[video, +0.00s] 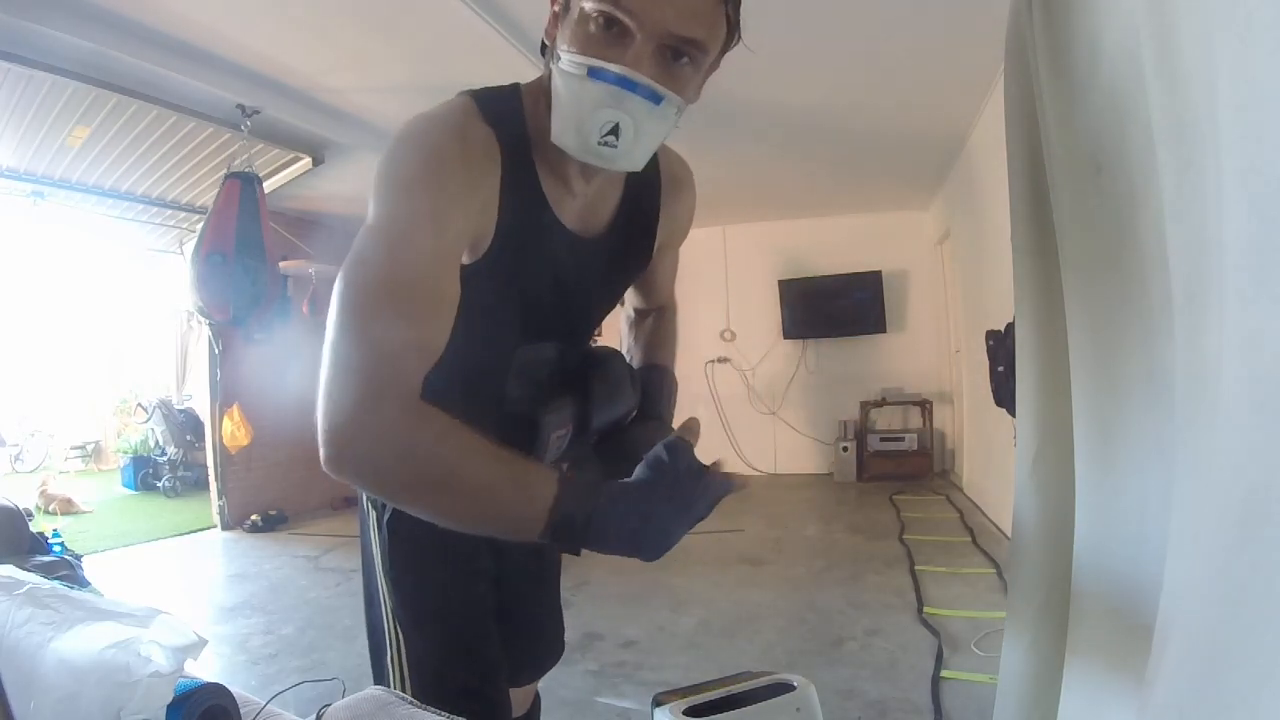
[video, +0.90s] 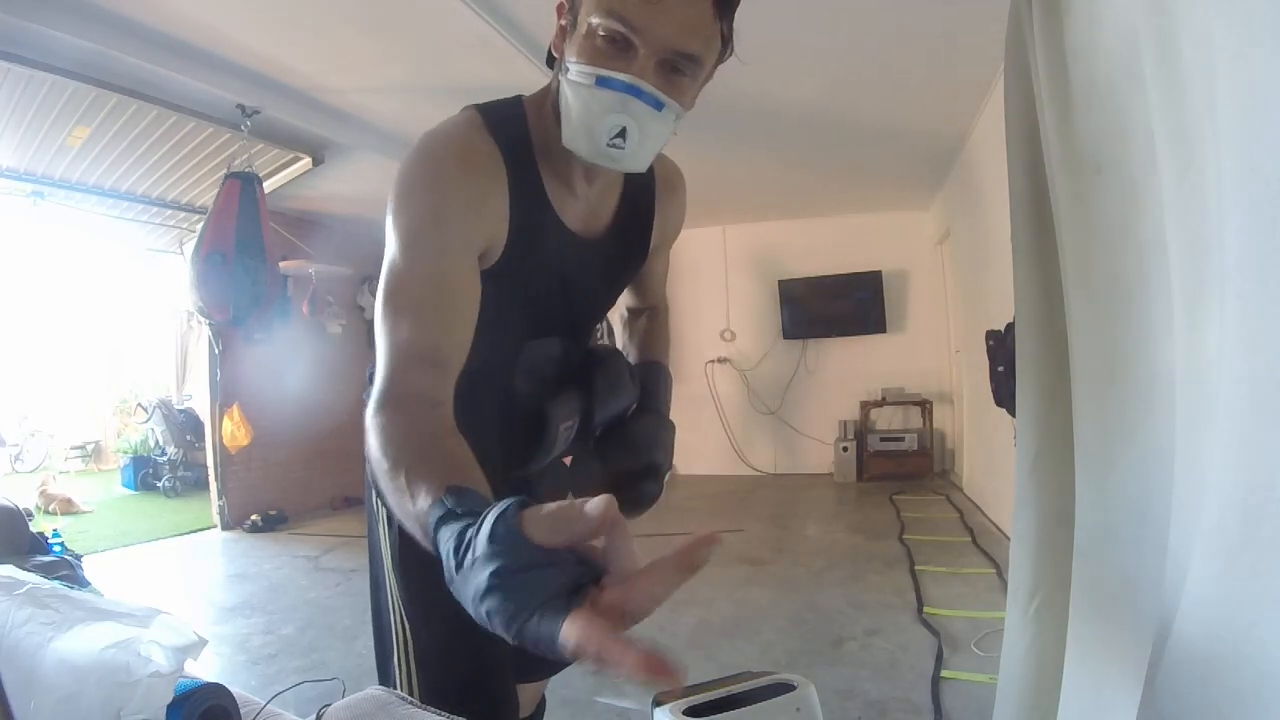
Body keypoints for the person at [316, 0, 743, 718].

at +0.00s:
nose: (633, 74)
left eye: (679, 54)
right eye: (610, 26)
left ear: (711, 73)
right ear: (556, 20)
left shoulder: (664, 187)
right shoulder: (446, 152)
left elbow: (653, 309)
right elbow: (362, 431)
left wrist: (651, 418)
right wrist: (584, 512)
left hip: (535, 467)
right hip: (421, 469)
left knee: (521, 684)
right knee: (462, 704)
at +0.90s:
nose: (637, 84)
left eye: (678, 66)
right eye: (616, 41)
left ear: (706, 80)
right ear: (563, 27)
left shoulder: (658, 192)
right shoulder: (459, 162)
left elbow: (644, 307)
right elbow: (409, 393)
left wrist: (646, 412)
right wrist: (465, 531)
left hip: (547, 459)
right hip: (435, 456)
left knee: (529, 684)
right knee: (463, 703)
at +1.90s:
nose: (681, 63)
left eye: (709, 38)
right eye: (658, 17)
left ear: (720, 40)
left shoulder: (625, 149)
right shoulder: (429, 134)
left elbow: (607, 268)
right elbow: (347, 410)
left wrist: (624, 381)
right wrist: (495, 598)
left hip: (515, 477)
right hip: (412, 484)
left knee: (532, 689)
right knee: (439, 706)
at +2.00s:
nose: (692, 71)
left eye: (712, 48)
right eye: (683, 30)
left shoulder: (603, 135)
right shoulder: (430, 119)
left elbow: (576, 253)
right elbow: (328, 387)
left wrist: (604, 358)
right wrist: (475, 532)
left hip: (506, 472)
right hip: (407, 482)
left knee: (487, 678)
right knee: (443, 699)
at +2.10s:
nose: (684, 75)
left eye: (699, 54)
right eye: (687, 43)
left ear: (592, 8)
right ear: (599, 3)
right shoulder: (428, 108)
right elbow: (298, 353)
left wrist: (595, 348)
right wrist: (477, 427)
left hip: (493, 469)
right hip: (412, 477)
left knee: (480, 674)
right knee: (450, 705)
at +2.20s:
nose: (680, 56)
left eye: (695, 29)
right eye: (688, 20)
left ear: (605, 12)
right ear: (606, 7)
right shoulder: (436, 101)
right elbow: (313, 331)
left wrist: (572, 342)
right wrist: (505, 364)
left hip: (487, 449)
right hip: (415, 459)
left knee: (493, 682)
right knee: (449, 699)